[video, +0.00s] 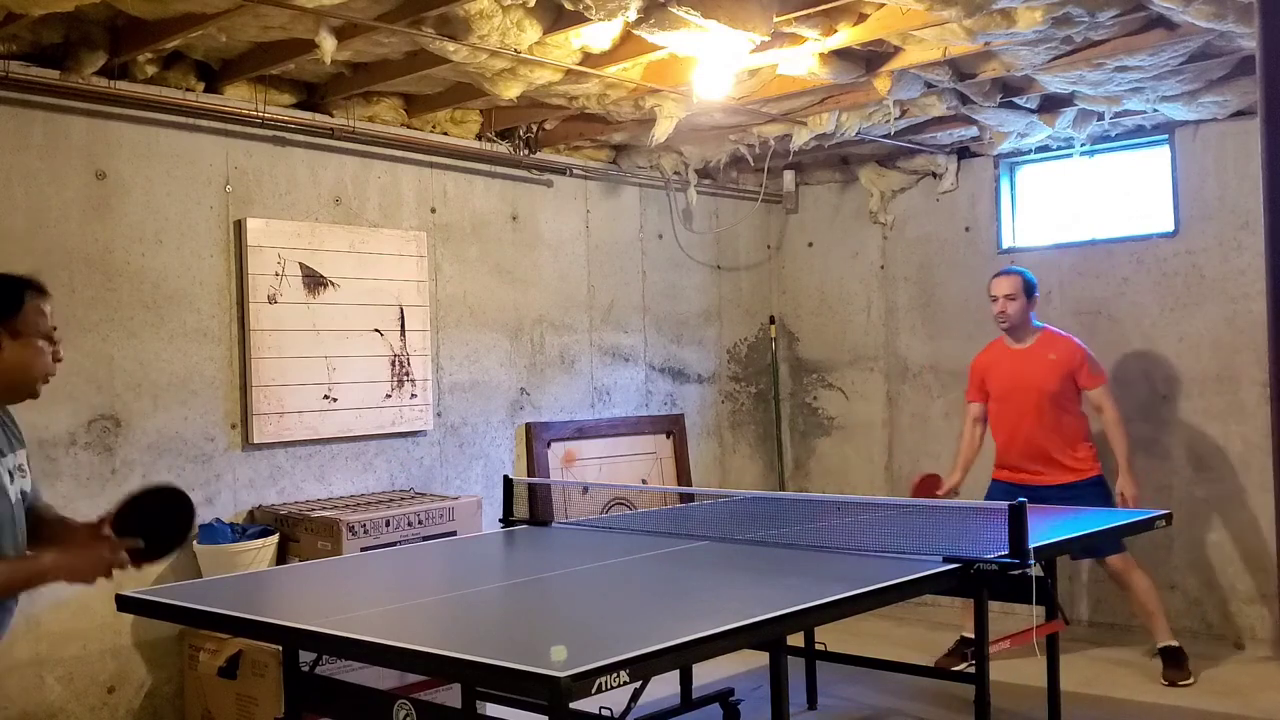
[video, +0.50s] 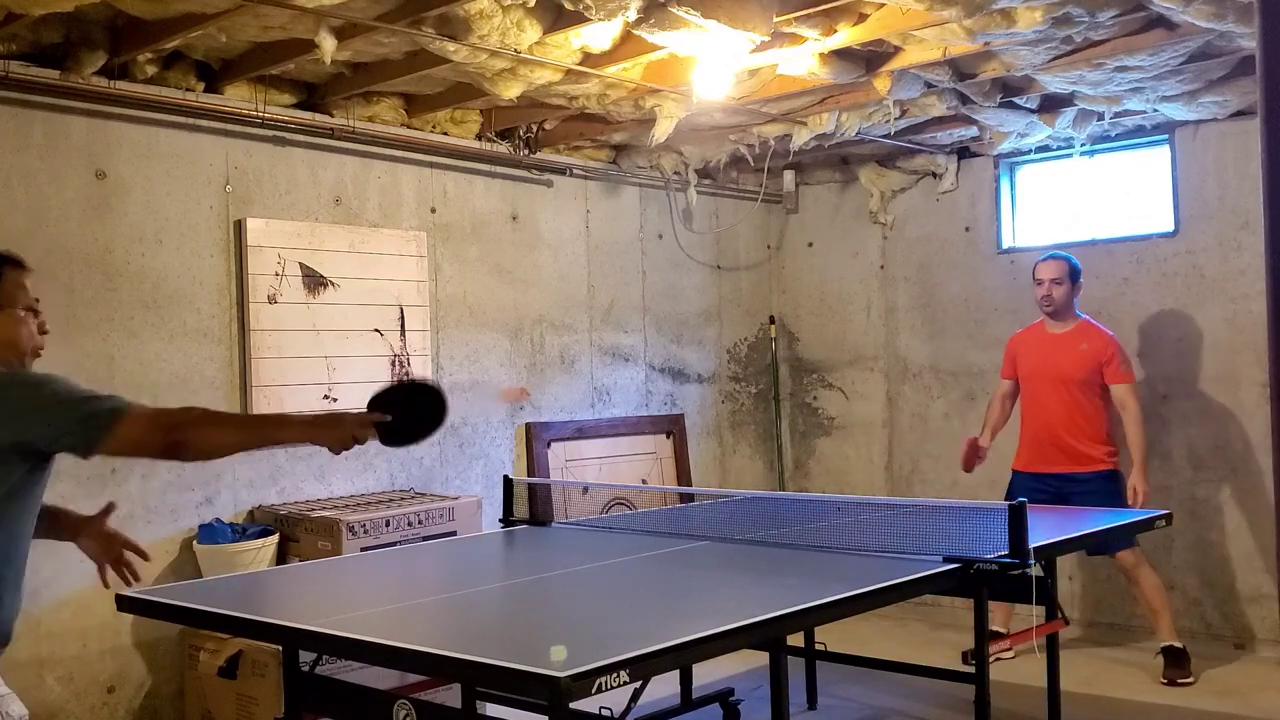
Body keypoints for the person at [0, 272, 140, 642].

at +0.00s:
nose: (59, 355)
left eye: (55, 339)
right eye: (47, 338)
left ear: (7, 339)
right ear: (4, 339)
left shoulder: (7, 427)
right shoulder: (3, 430)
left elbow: (23, 515)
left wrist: (84, 536)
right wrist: (56, 564)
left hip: (3, 635)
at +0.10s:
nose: (57, 370)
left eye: (54, 355)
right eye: (45, 354)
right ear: (3, 352)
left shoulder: (14, 440)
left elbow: (52, 529)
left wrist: (109, 578)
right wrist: (63, 614)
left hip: (0, 677)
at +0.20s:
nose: (63, 368)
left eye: (58, 352)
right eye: (49, 351)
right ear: (6, 351)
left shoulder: (31, 444)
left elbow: (83, 524)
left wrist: (126, 570)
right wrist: (37, 607)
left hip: (3, 691)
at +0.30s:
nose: (65, 348)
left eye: (61, 332)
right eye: (50, 332)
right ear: (4, 334)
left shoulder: (31, 429)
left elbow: (84, 504)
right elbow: (8, 547)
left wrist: (129, 559)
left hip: (9, 665)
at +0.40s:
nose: (61, 333)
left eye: (57, 316)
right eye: (46, 314)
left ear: (12, 316)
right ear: (1, 316)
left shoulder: (10, 412)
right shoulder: (5, 411)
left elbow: (41, 507)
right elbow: (22, 483)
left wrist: (101, 528)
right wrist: (190, 463)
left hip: (5, 664)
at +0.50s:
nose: (41, 325)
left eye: (35, 309)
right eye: (24, 310)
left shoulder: (20, 399)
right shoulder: (18, 396)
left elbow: (3, 506)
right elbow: (173, 434)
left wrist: (72, 527)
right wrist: (323, 428)